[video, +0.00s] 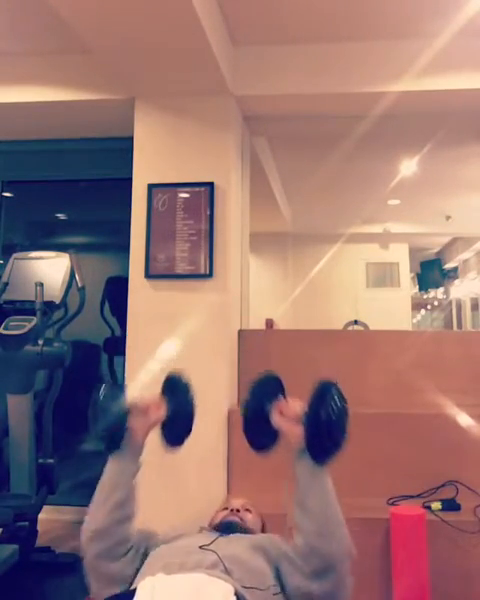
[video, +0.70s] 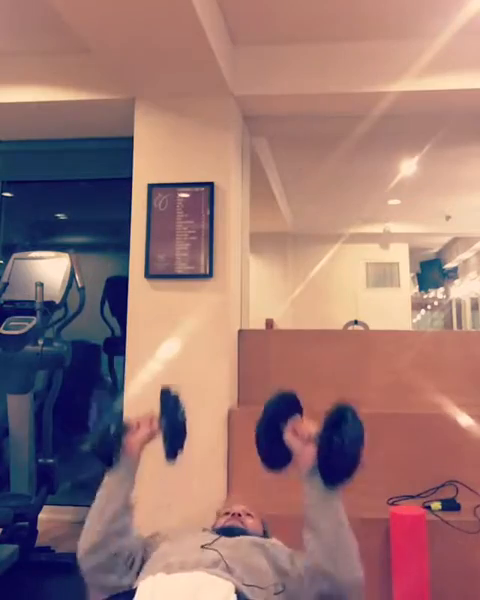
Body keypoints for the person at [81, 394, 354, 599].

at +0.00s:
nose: (235, 510)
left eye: (246, 511)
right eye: (227, 509)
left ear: (262, 531)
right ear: (207, 524)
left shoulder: (275, 551)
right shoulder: (158, 548)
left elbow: (329, 558)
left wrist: (304, 450)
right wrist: (131, 443)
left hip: (229, 588)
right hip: (153, 586)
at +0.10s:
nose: (236, 507)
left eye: (247, 508)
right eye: (227, 505)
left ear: (263, 531)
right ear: (209, 522)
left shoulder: (274, 550)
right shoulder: (164, 543)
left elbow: (342, 591)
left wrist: (315, 492)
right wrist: (118, 486)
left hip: (229, 590)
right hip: (157, 586)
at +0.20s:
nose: (236, 508)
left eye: (249, 508)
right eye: (227, 506)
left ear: (266, 528)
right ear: (209, 524)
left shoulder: (277, 556)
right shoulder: (163, 551)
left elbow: (336, 596)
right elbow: (92, 594)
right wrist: (113, 527)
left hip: (230, 590)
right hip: (156, 588)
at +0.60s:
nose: (234, 511)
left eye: (246, 512)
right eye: (226, 510)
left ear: (262, 534)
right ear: (207, 526)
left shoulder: (277, 555)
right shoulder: (160, 549)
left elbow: (335, 596)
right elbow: (85, 588)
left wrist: (318, 513)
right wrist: (119, 490)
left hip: (224, 589)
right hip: (153, 587)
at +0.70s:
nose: (235, 515)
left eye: (246, 516)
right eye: (226, 514)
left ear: (266, 534)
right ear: (209, 527)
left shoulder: (280, 556)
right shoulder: (164, 543)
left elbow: (342, 581)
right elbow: (99, 559)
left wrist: (312, 473)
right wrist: (127, 459)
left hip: (230, 591)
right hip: (156, 588)